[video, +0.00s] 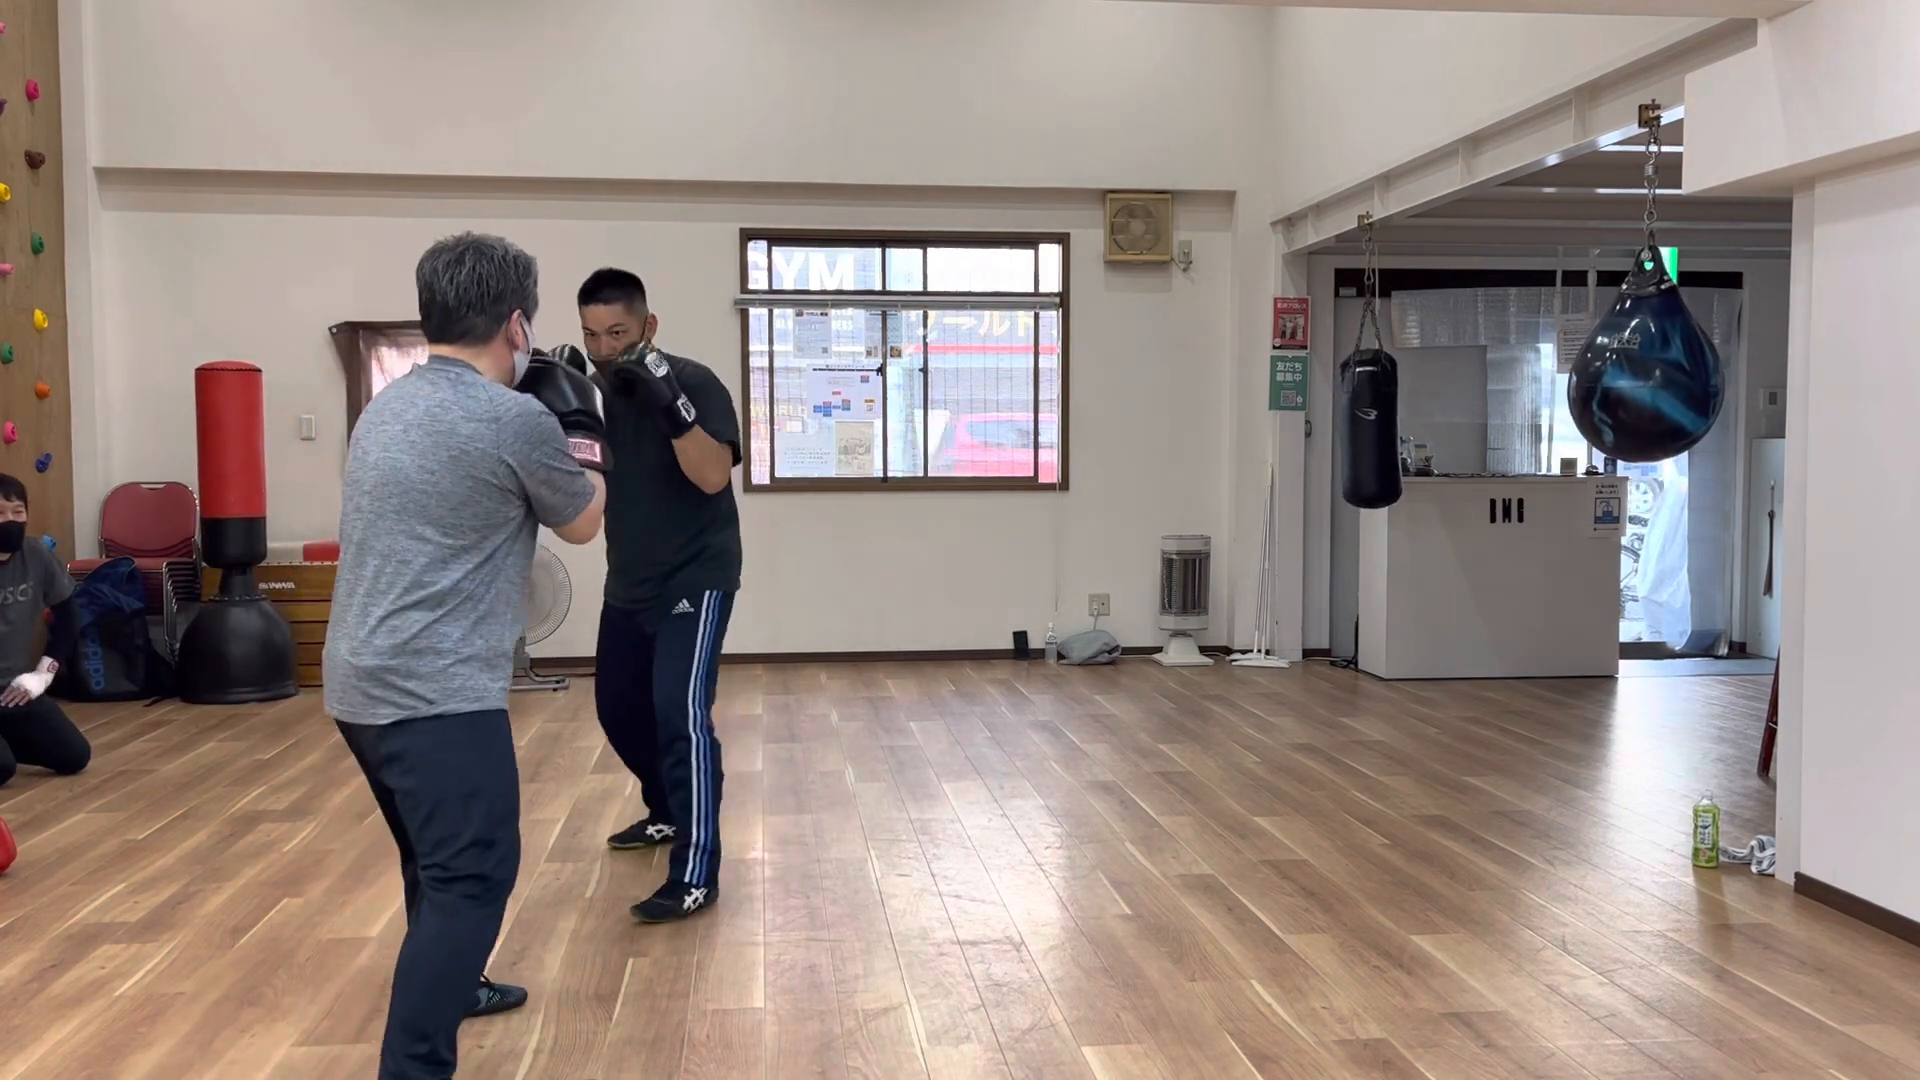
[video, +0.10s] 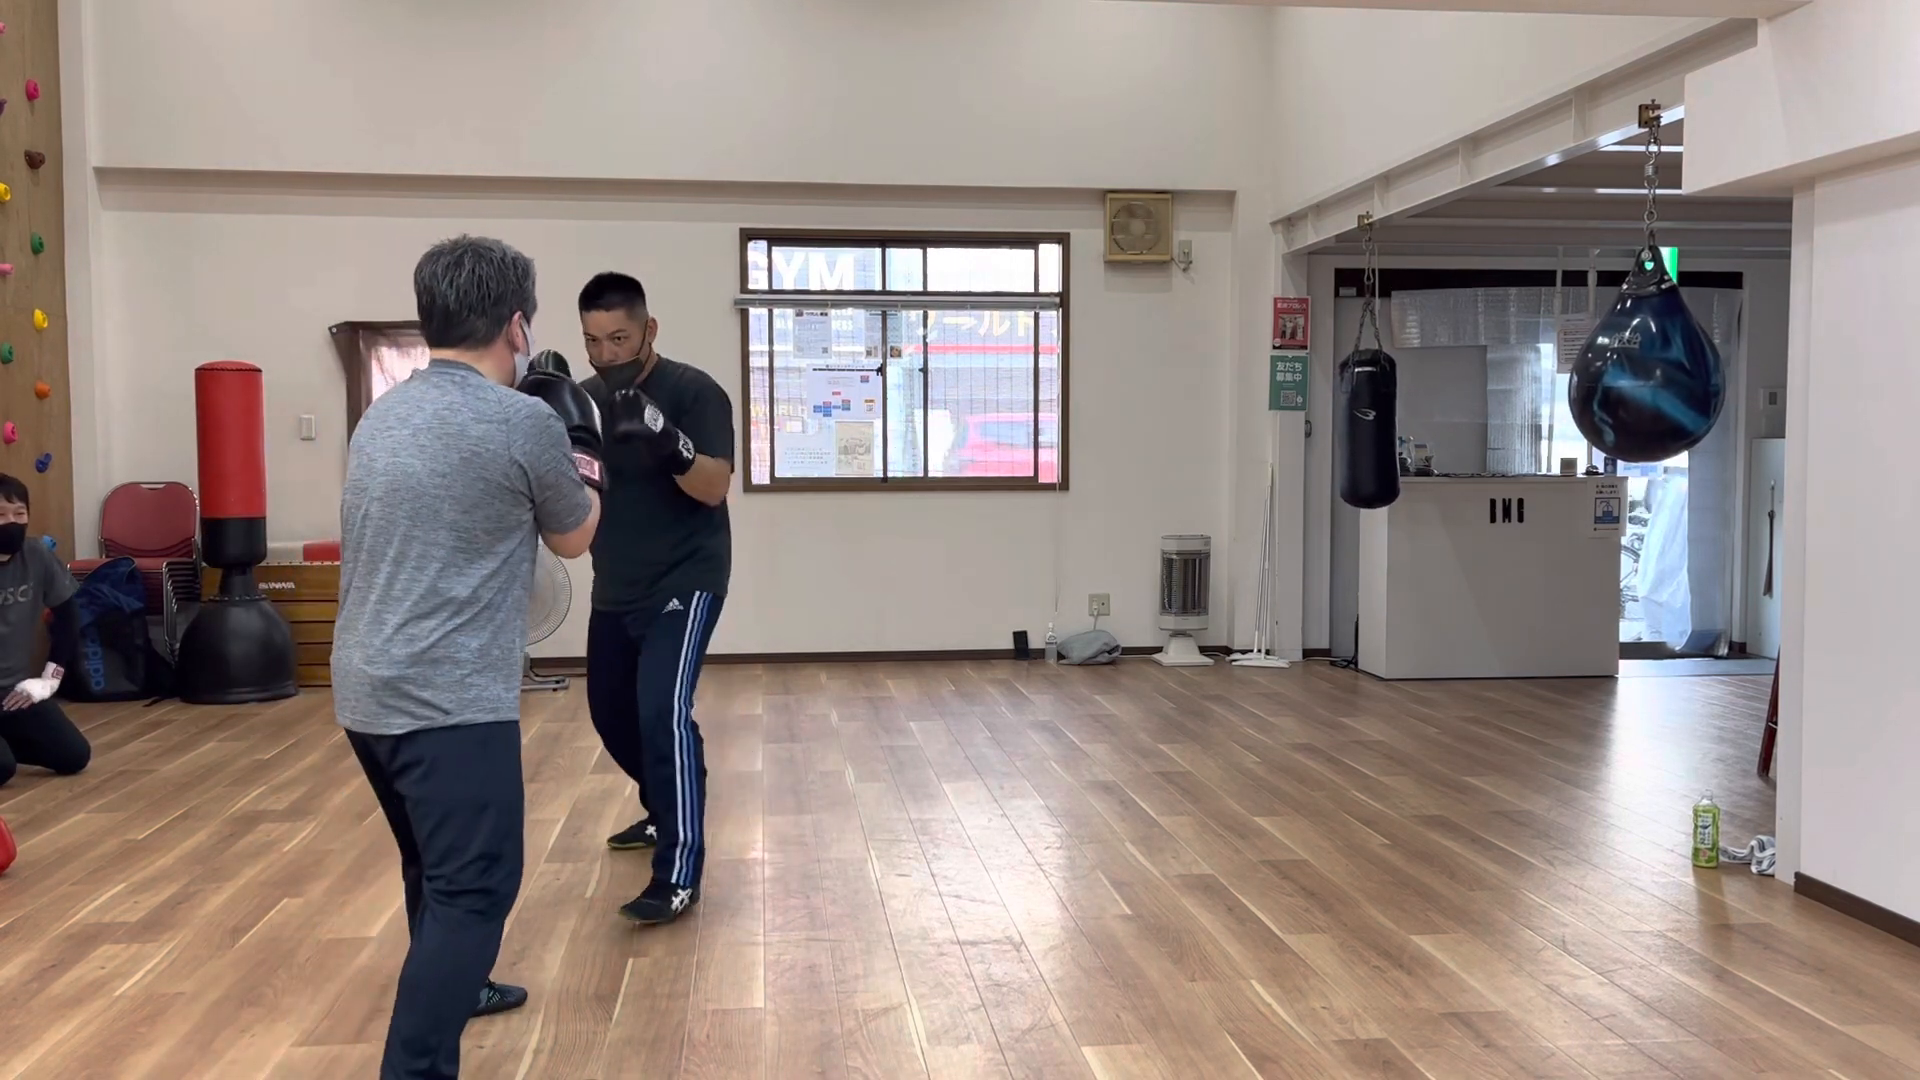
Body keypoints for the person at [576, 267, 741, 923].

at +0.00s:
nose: (605, 345)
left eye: (617, 331)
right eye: (594, 334)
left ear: (650, 324)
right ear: (584, 334)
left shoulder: (693, 383)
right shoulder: (593, 391)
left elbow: (712, 476)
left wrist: (668, 398)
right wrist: (553, 397)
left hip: (696, 573)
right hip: (631, 577)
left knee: (680, 717)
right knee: (620, 707)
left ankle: (696, 880)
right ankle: (670, 812)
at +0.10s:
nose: (605, 351)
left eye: (617, 337)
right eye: (594, 340)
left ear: (650, 330)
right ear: (584, 339)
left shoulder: (694, 391)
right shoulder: (587, 398)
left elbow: (715, 488)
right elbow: (560, 485)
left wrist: (664, 438)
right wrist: (541, 407)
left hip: (684, 578)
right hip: (616, 581)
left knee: (662, 713)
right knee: (612, 712)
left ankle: (678, 877)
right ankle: (669, 809)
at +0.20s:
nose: (599, 343)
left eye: (613, 330)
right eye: (590, 332)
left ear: (646, 324)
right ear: (579, 330)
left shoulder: (689, 390)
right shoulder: (582, 394)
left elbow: (731, 484)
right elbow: (543, 470)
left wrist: (670, 439)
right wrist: (541, 391)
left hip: (678, 581)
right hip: (614, 583)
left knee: (665, 724)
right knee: (625, 715)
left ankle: (665, 890)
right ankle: (668, 810)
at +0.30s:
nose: (595, 336)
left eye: (608, 322)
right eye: (585, 325)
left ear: (641, 316)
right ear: (574, 325)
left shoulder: (678, 382)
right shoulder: (586, 387)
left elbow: (727, 464)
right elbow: (533, 446)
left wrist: (660, 409)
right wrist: (537, 376)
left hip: (676, 579)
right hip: (624, 579)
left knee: (660, 729)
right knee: (627, 711)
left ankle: (663, 899)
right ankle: (670, 809)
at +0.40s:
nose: (595, 337)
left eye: (606, 322)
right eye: (583, 326)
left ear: (638, 317)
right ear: (573, 327)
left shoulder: (666, 375)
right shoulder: (592, 378)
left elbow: (708, 443)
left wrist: (633, 391)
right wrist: (551, 373)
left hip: (680, 577)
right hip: (630, 576)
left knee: (651, 720)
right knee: (617, 697)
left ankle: (662, 900)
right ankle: (672, 805)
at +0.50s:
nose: (593, 343)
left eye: (605, 325)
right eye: (584, 330)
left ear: (638, 318)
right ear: (575, 333)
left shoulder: (669, 374)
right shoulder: (596, 388)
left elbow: (682, 422)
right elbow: (539, 424)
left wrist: (637, 357)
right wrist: (550, 360)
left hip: (683, 574)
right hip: (630, 576)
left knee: (652, 720)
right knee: (613, 698)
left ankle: (662, 900)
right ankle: (678, 816)